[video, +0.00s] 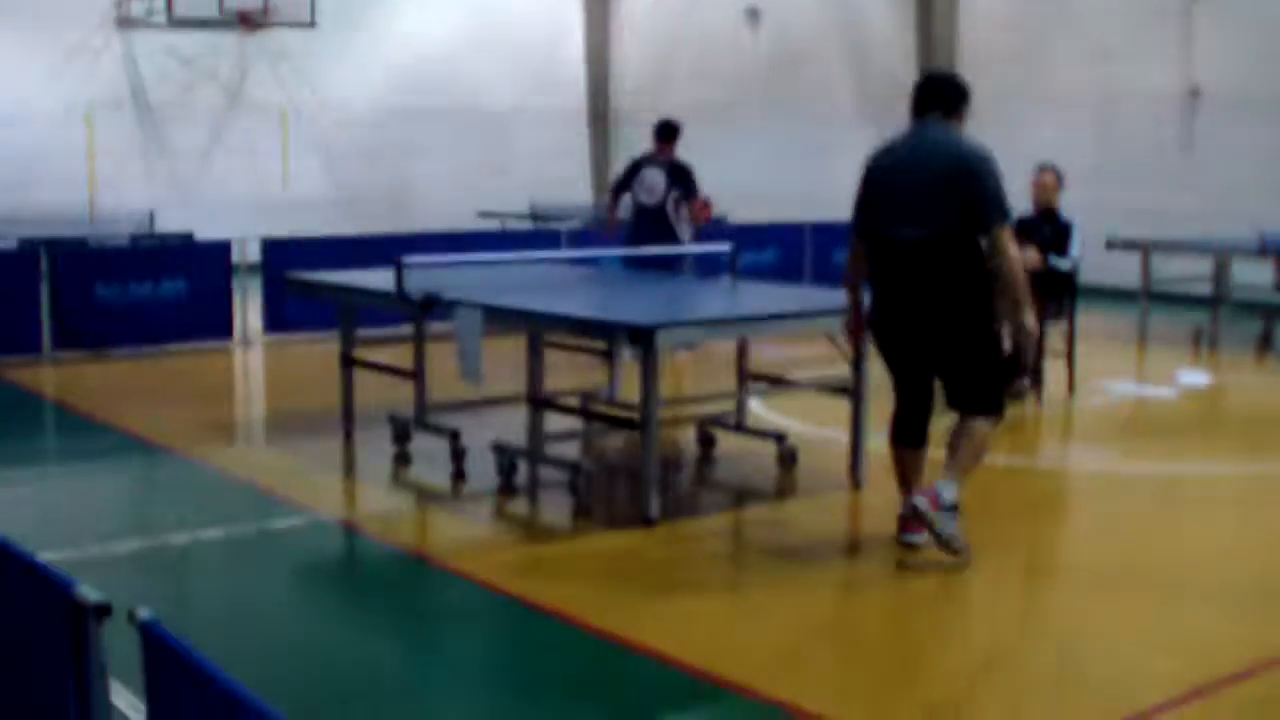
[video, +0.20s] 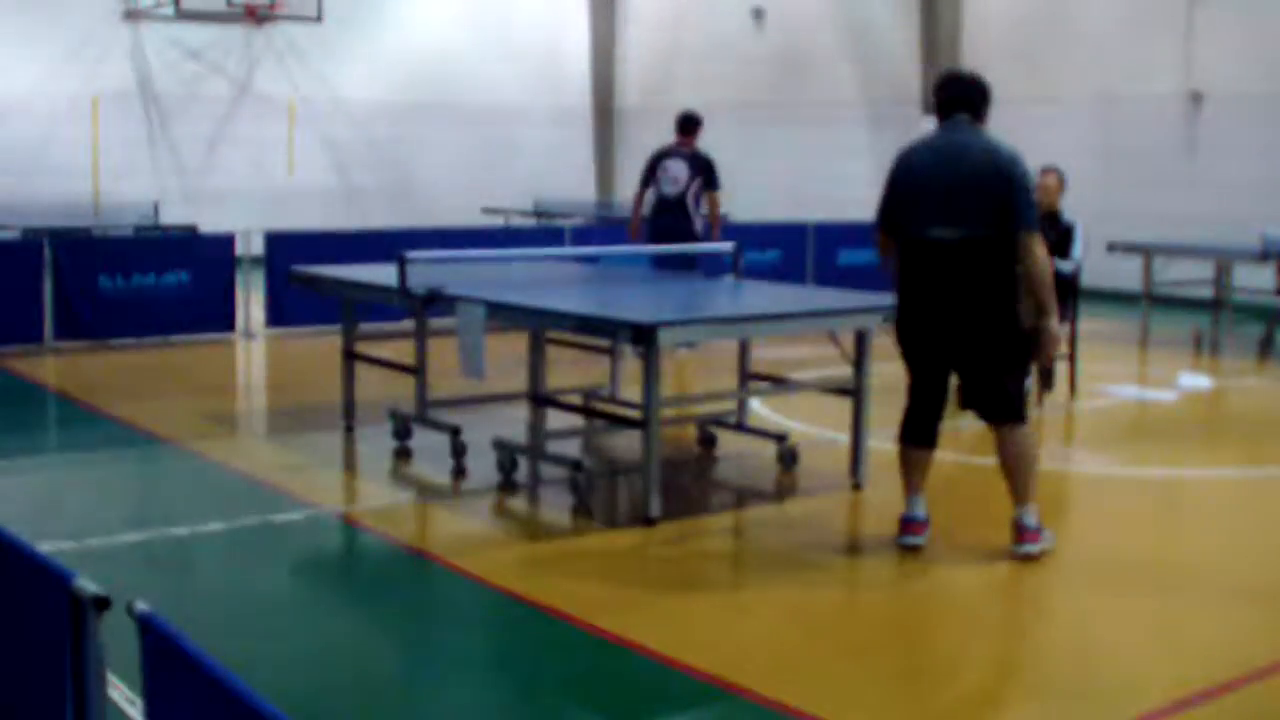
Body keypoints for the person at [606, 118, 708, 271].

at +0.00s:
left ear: (655, 137)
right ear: (676, 140)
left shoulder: (638, 165)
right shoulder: (681, 170)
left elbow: (616, 191)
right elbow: (692, 202)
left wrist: (612, 220)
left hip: (637, 236)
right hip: (668, 237)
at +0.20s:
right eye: (693, 130)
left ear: (677, 129)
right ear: (697, 131)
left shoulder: (659, 157)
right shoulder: (703, 162)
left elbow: (641, 193)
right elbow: (713, 200)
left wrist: (635, 222)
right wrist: (715, 231)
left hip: (658, 226)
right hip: (687, 227)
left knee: (658, 275)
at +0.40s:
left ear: (688, 140)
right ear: (709, 140)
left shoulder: (674, 166)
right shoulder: (717, 168)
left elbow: (659, 199)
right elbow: (728, 204)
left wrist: (656, 229)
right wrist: (731, 233)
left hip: (675, 230)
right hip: (704, 231)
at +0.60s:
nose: (706, 146)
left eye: (704, 142)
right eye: (708, 142)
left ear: (697, 142)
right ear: (716, 142)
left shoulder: (686, 167)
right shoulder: (727, 167)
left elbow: (672, 203)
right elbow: (740, 202)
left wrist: (667, 235)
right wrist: (746, 231)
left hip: (688, 233)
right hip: (718, 233)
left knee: (690, 281)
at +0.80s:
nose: (727, 159)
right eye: (729, 155)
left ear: (715, 154)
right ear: (734, 154)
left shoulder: (703, 173)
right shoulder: (742, 176)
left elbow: (686, 198)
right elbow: (756, 207)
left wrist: (686, 227)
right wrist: (761, 234)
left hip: (707, 229)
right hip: (733, 229)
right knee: (735, 272)